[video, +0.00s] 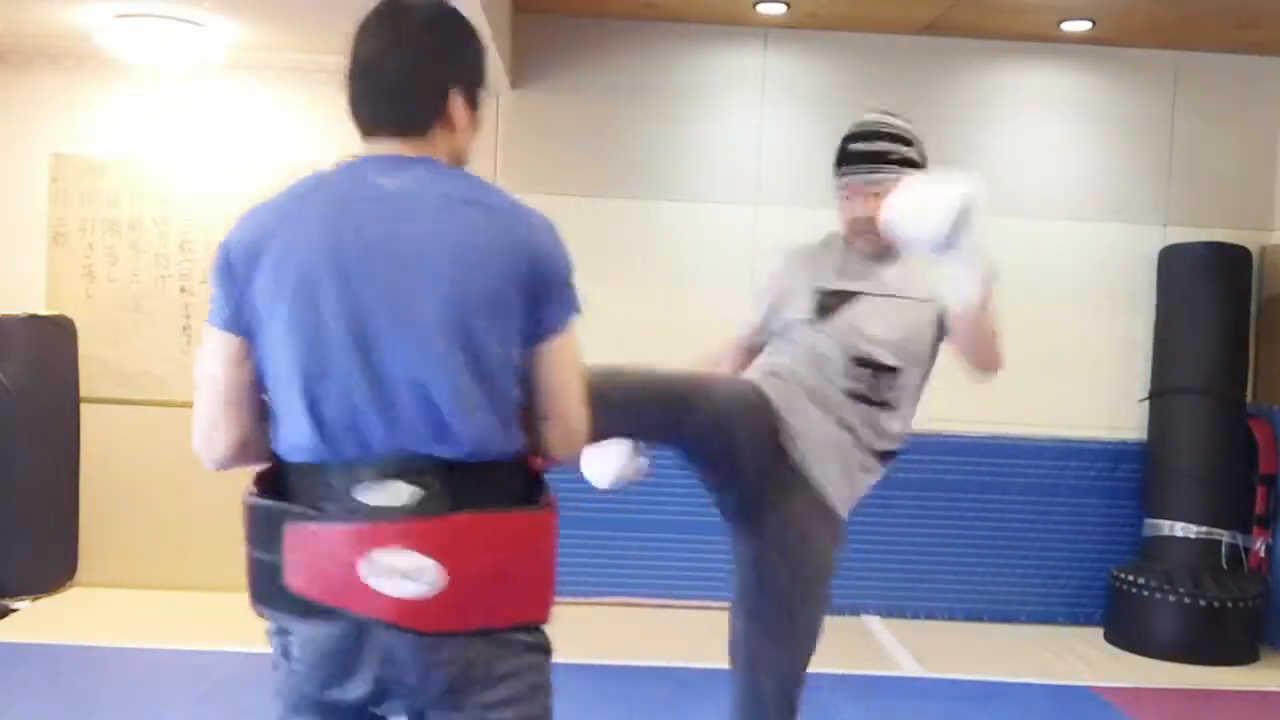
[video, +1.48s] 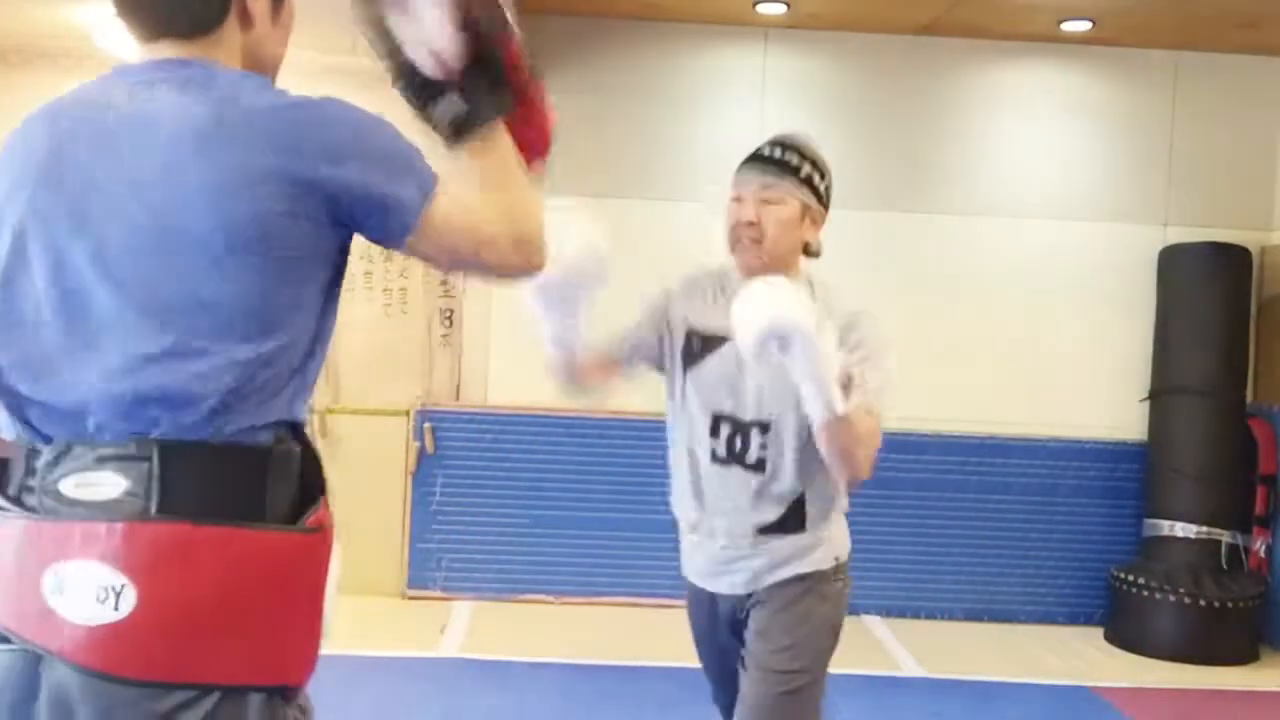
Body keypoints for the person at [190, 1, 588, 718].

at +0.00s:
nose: (480, 122)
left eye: (479, 102)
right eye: (479, 102)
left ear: (359, 99)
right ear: (456, 104)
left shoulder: (263, 233)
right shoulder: (519, 234)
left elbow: (220, 441)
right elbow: (564, 437)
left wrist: (321, 419)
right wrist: (473, 402)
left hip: (317, 608)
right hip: (477, 604)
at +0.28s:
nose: (406, 87)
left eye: (406, 68)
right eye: (403, 67)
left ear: (286, 71)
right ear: (370, 70)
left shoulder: (191, 198)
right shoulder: (416, 188)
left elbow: (167, 396)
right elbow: (500, 405)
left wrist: (268, 427)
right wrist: (470, 442)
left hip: (228, 532)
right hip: (370, 531)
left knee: (258, 709)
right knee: (408, 708)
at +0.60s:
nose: (384, 92)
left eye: (387, 72)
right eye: (383, 69)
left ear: (252, 68)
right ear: (343, 66)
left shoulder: (151, 201)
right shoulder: (370, 193)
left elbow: (89, 407)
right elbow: (478, 423)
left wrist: (96, 551)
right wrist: (529, 571)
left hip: (164, 584)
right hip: (299, 592)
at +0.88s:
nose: (371, 75)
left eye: (373, 51)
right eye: (370, 49)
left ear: (232, 39)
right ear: (331, 40)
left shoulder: (118, 182)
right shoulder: (338, 174)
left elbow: (91, 430)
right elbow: (514, 389)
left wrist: (115, 543)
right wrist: (592, 381)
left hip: (117, 565)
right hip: (264, 582)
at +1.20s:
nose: (321, 24)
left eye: (320, 4)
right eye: (316, 3)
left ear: (168, 21)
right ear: (280, 12)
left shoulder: (81, 148)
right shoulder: (286, 137)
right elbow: (546, 236)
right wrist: (499, 79)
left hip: (72, 563)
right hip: (221, 587)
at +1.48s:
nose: (287, 23)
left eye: (286, 10)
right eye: (283, 9)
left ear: (138, 23)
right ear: (250, 13)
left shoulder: (30, 142)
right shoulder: (306, 134)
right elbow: (516, 243)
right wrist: (476, 108)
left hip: (29, 534)